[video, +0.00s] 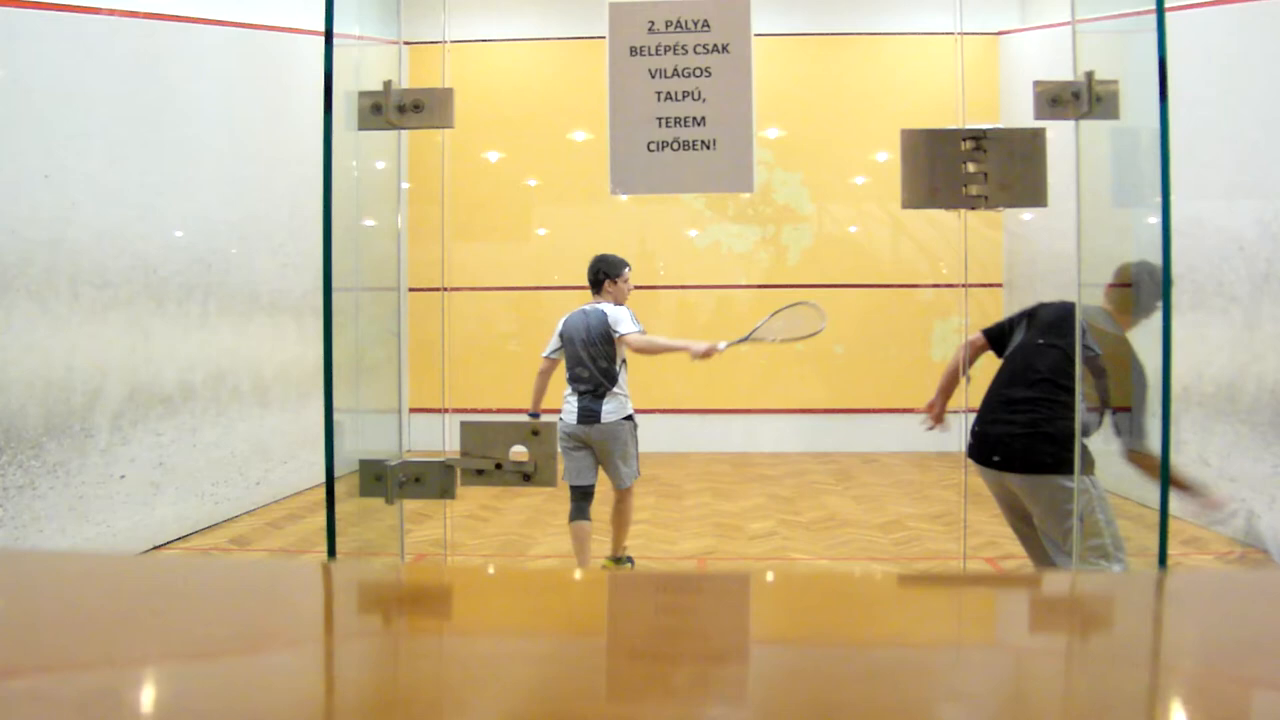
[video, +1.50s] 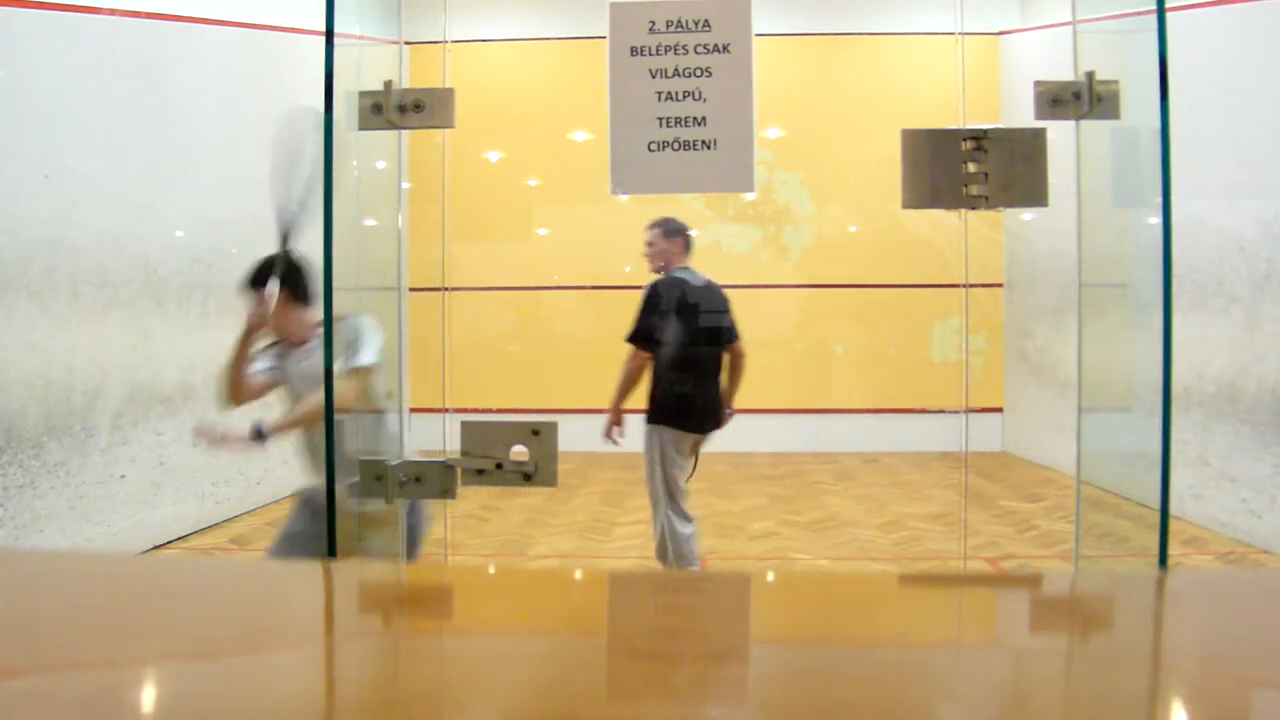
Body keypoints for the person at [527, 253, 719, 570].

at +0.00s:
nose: (630, 288)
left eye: (630, 281)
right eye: (627, 281)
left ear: (601, 285)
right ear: (609, 284)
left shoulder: (568, 320)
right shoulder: (617, 313)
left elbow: (545, 369)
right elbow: (636, 343)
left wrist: (534, 412)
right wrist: (690, 347)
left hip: (572, 421)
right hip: (612, 420)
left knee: (580, 496)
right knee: (623, 488)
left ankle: (582, 570)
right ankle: (617, 555)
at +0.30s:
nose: (635, 282)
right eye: (635, 278)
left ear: (604, 281)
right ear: (633, 280)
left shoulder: (583, 317)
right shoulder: (642, 312)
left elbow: (561, 370)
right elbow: (642, 355)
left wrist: (569, 409)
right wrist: (665, 405)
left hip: (591, 416)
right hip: (634, 416)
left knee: (583, 492)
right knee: (652, 489)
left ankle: (578, 567)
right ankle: (666, 559)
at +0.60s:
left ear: (603, 320)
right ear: (633, 319)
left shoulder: (586, 357)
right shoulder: (653, 356)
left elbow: (573, 414)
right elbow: (684, 406)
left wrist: (567, 457)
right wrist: (678, 446)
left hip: (604, 453)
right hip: (648, 450)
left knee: (566, 503)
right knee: (663, 510)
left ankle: (585, 574)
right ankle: (692, 567)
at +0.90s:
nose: (503, 289)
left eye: (504, 283)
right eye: (503, 283)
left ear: (512, 285)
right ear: (537, 284)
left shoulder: (523, 314)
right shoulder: (556, 318)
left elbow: (540, 363)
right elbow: (574, 373)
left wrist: (520, 416)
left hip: (569, 433)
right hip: (592, 429)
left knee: (533, 507)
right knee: (547, 505)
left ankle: (565, 578)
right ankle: (573, 574)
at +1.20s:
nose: (407, 299)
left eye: (412, 290)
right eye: (408, 290)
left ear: (431, 290)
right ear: (425, 292)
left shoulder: (478, 334)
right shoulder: (424, 348)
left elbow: (528, 387)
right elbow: (410, 406)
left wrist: (546, 443)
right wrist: (379, 435)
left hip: (496, 461)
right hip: (458, 462)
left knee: (464, 552)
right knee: (460, 553)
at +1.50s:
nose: (259, 313)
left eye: (263, 302)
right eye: (258, 303)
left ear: (285, 298)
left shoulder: (357, 329)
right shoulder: (283, 355)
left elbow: (345, 397)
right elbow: (237, 394)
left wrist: (264, 431)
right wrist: (249, 333)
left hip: (386, 499)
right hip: (327, 497)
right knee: (276, 583)